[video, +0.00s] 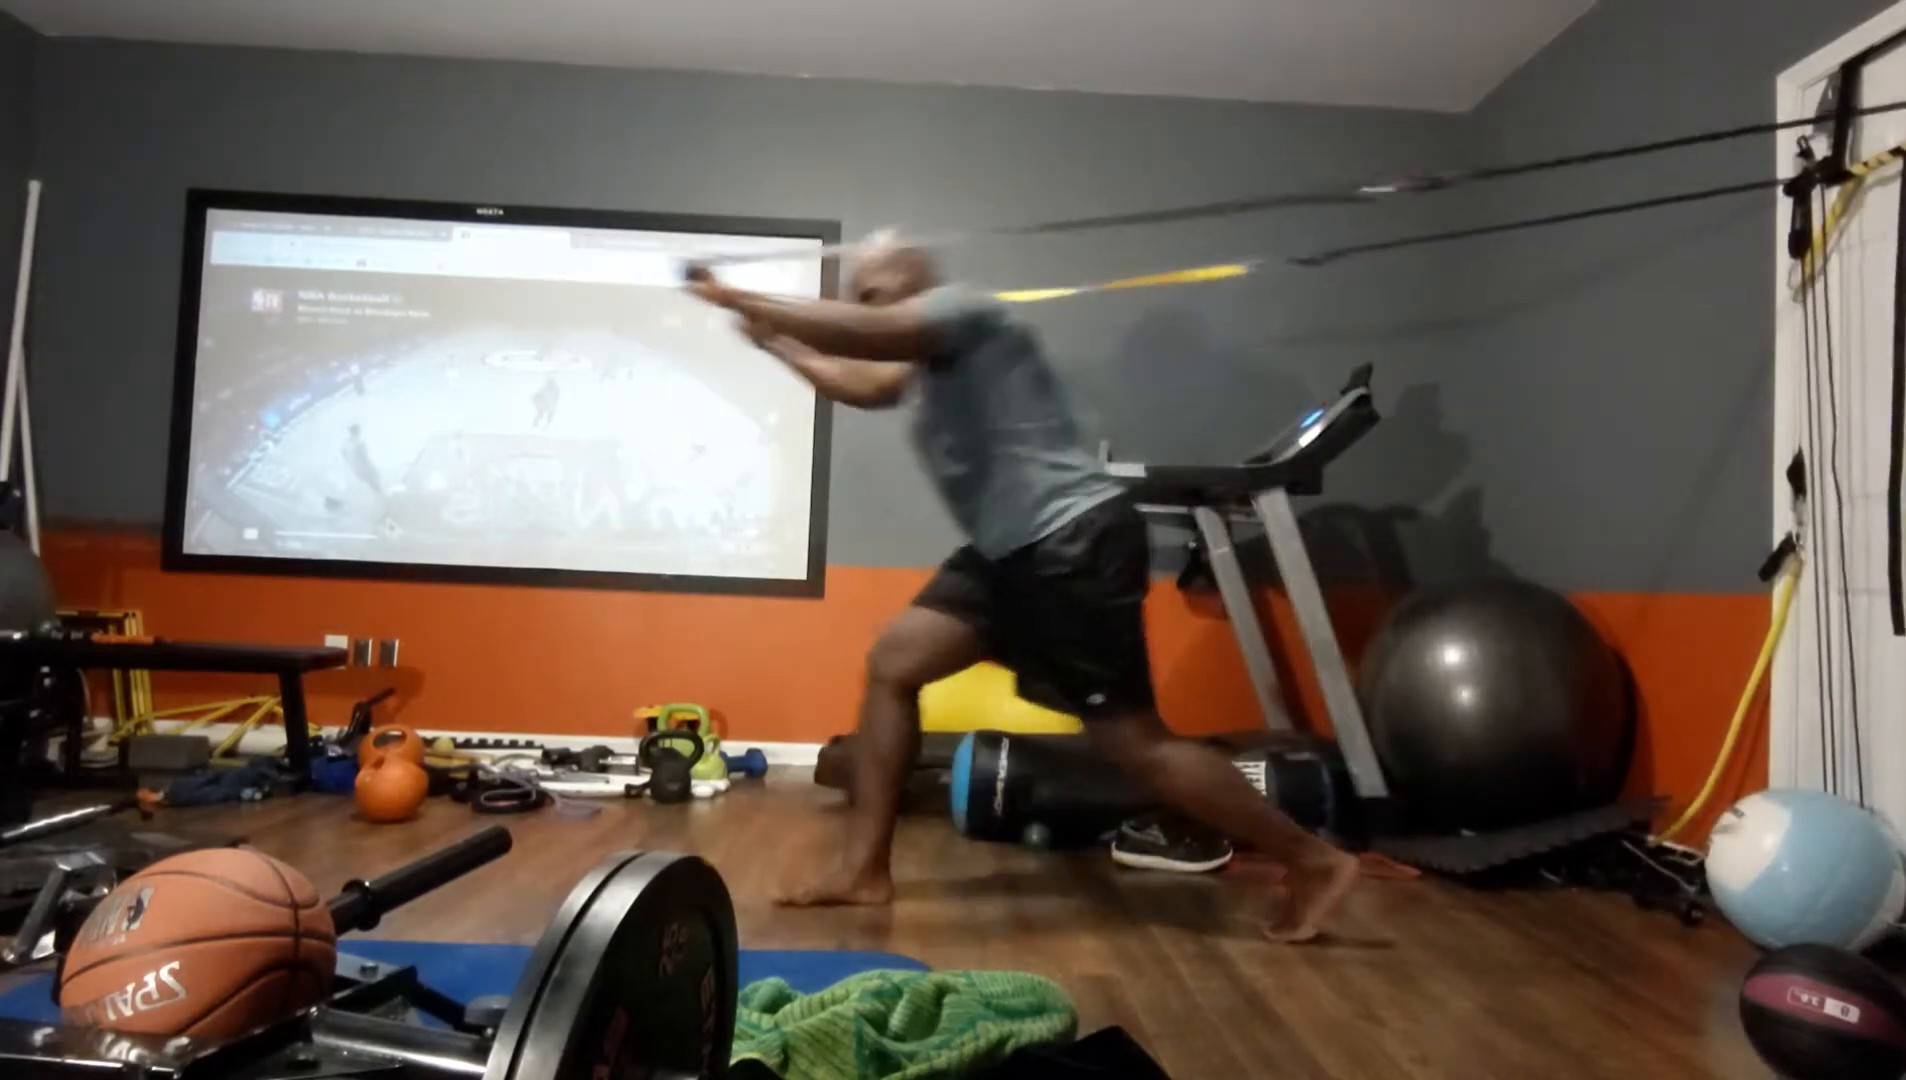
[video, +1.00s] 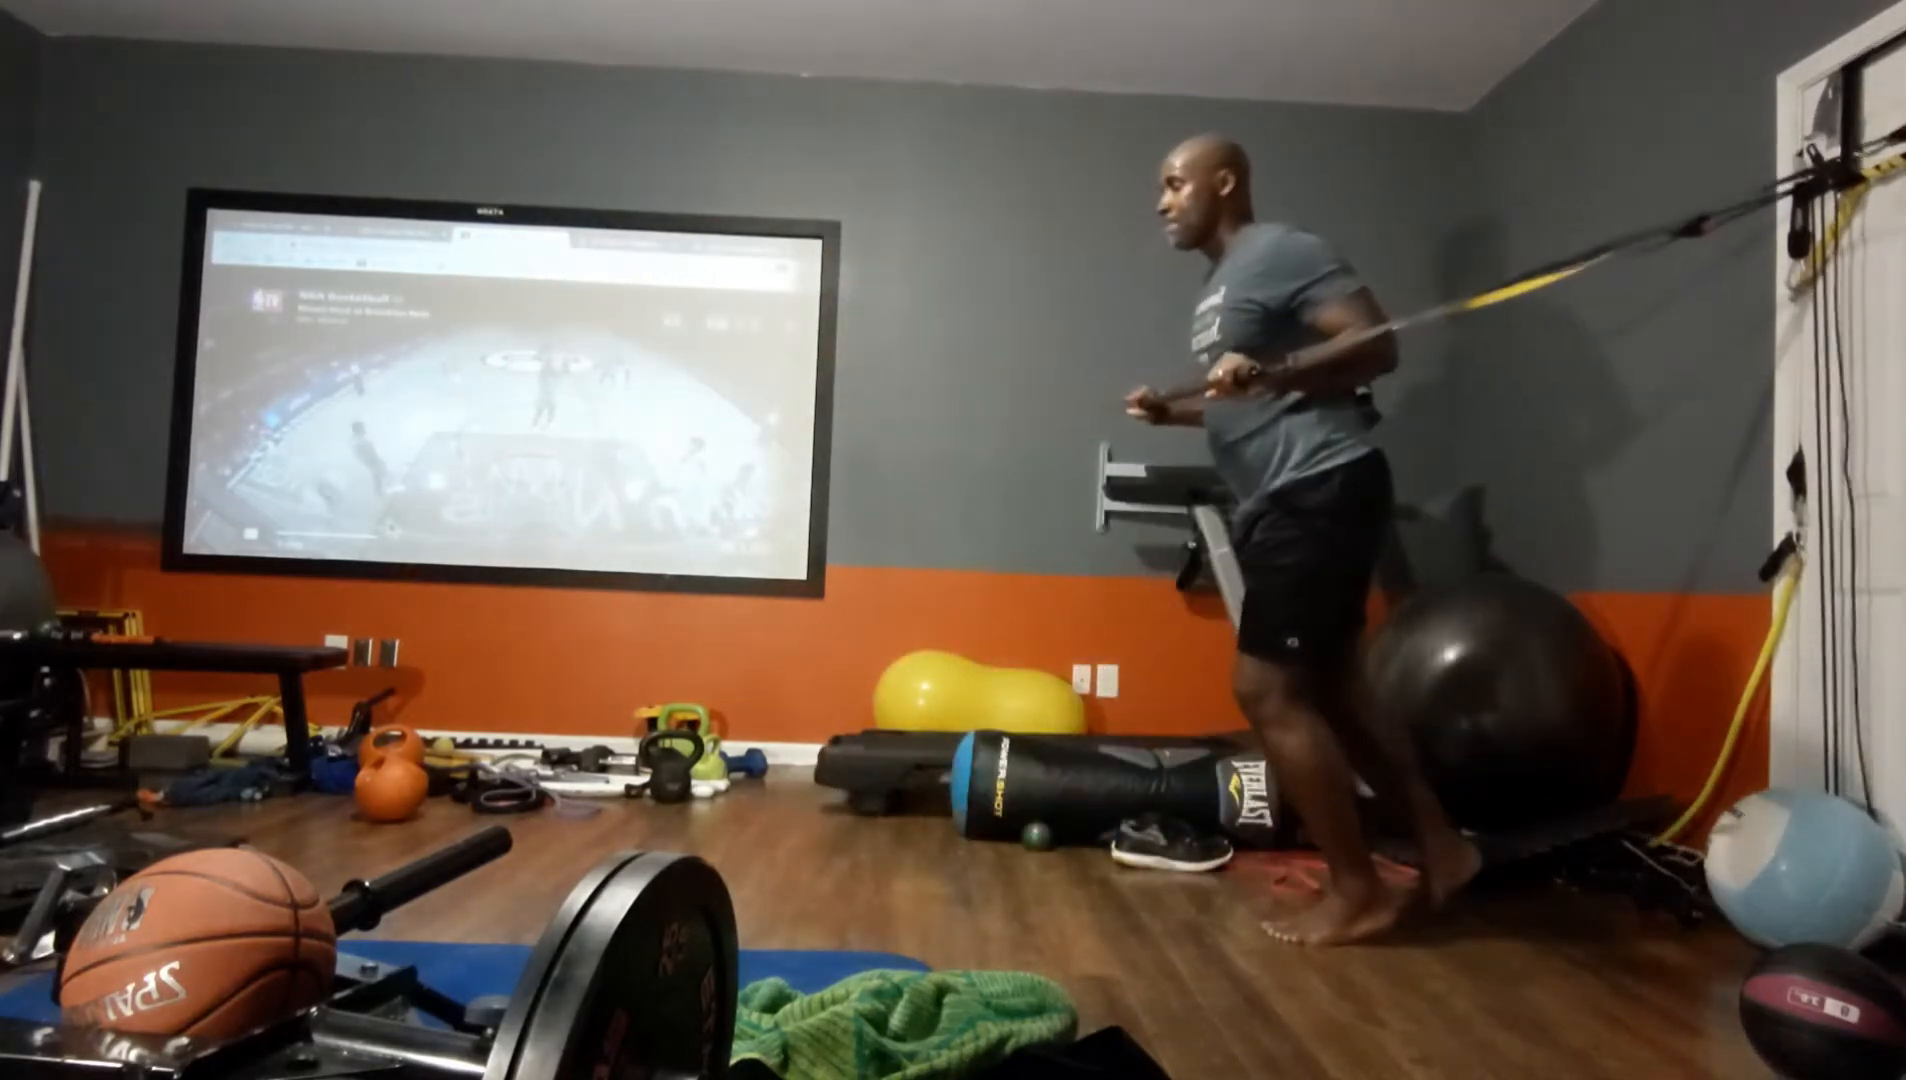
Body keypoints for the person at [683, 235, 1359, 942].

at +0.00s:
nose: (861, 303)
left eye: (870, 287)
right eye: (855, 293)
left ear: (915, 276)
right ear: (874, 301)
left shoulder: (971, 316)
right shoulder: (919, 368)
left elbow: (871, 330)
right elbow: (862, 386)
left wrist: (744, 300)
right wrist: (781, 341)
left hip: (1079, 537)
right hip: (1005, 554)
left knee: (1136, 748)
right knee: (891, 666)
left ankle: (1317, 863)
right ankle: (862, 871)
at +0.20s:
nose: (977, 251)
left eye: (986, 230)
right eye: (972, 237)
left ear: (1036, 214)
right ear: (1008, 230)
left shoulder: (1091, 266)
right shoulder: (1035, 317)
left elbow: (1105, 346)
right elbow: (1031, 412)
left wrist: (968, 350)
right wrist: (936, 400)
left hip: (1172, 510)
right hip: (1103, 527)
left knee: (1212, 719)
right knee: (1009, 674)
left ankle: (1344, 877)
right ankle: (935, 862)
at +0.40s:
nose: (1042, 221)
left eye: (1054, 202)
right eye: (1041, 206)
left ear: (1106, 195)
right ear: (1098, 202)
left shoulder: (1171, 254)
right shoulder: (1128, 297)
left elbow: (1246, 341)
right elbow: (1147, 416)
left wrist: (1128, 375)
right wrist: (1064, 419)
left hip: (1244, 499)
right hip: (1178, 511)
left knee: (1249, 710)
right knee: (1101, 665)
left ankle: (1352, 884)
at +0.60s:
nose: (1101, 198)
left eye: (1113, 179)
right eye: (1100, 184)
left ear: (1167, 178)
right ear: (1142, 188)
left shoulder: (1231, 240)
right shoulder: (1165, 287)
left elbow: (1331, 329)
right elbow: (1199, 394)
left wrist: (1233, 364)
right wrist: (1122, 408)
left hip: (1286, 486)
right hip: (1229, 500)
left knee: (1264, 691)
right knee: (1227, 689)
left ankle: (1358, 891)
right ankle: (1356, 838)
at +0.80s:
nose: (1148, 201)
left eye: (1160, 183)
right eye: (1148, 186)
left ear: (1213, 186)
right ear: (1192, 195)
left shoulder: (1269, 252)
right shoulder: (1207, 292)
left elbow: (1368, 344)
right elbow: (1245, 399)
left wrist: (1270, 370)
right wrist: (1161, 405)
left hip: (1316, 488)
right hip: (1281, 495)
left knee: (1272, 700)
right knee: (1317, 690)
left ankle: (1357, 893)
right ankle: (1431, 843)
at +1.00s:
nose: (1162, 202)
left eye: (1174, 185)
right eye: (1162, 188)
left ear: (1226, 186)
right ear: (1204, 195)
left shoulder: (1281, 250)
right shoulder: (1219, 290)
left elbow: (1376, 342)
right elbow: (1255, 401)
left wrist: (1274, 373)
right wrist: (1173, 407)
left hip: (1324, 484)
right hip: (1291, 491)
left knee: (1266, 689)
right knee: (1330, 681)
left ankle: (1355, 891)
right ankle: (1441, 847)